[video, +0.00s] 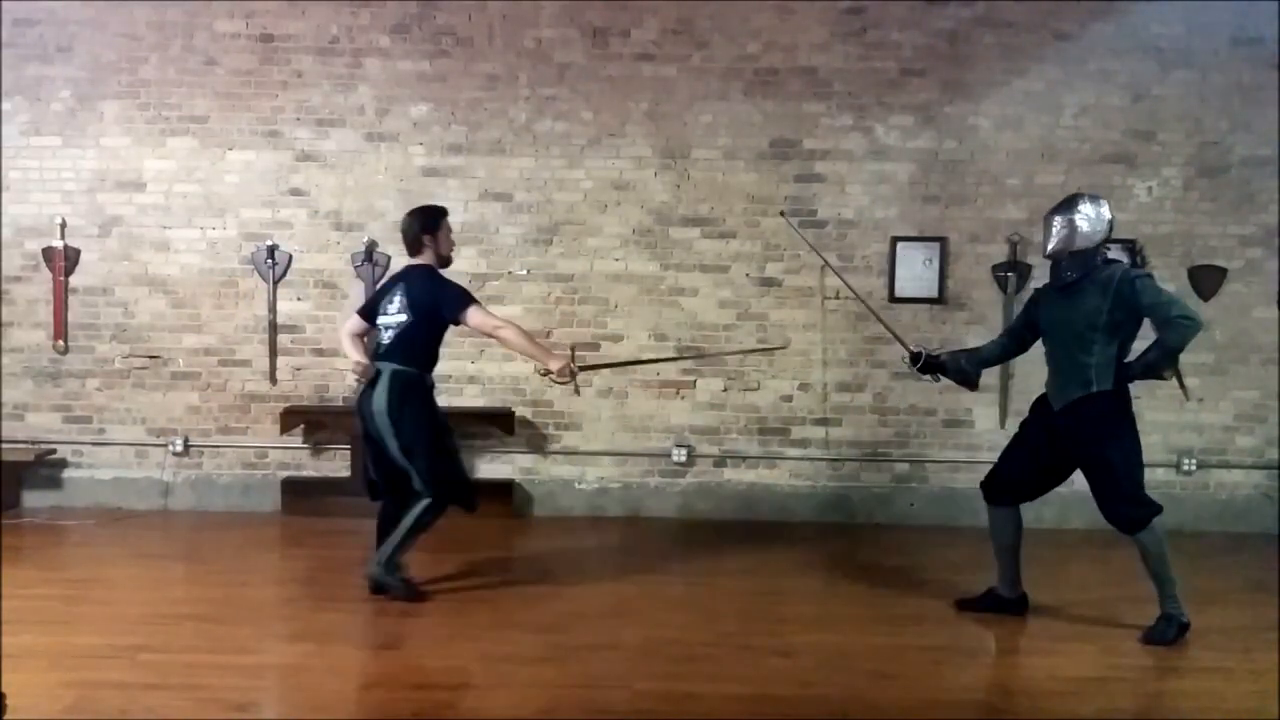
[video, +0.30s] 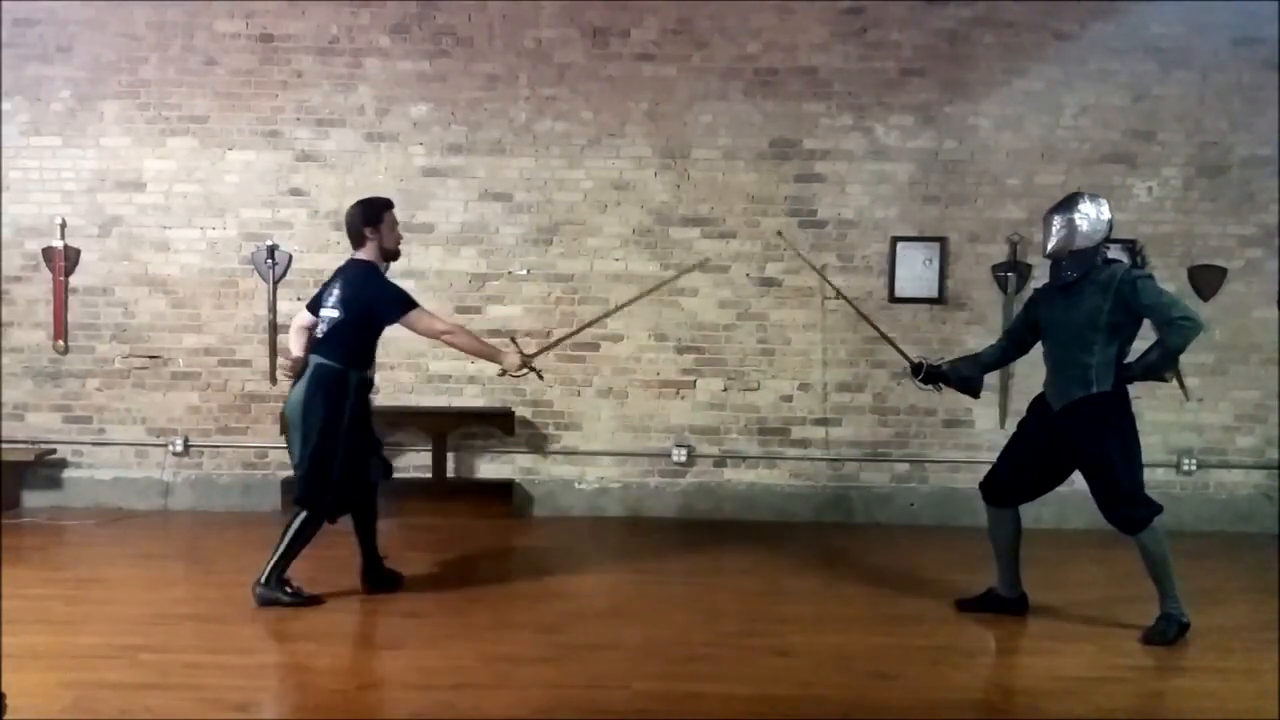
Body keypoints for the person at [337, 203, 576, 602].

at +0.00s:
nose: (452, 240)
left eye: (450, 232)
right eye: (447, 233)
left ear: (415, 241)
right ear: (429, 239)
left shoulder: (392, 284)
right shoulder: (436, 285)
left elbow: (350, 332)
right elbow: (495, 327)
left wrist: (359, 360)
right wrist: (550, 359)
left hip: (376, 392)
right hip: (400, 394)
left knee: (400, 489)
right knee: (439, 486)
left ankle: (384, 571)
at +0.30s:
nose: (400, 234)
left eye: (397, 226)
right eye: (394, 227)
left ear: (365, 235)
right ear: (372, 233)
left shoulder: (340, 279)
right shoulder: (374, 284)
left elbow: (300, 326)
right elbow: (442, 330)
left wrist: (298, 362)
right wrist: (500, 356)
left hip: (322, 392)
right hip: (332, 397)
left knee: (364, 478)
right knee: (327, 491)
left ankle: (373, 569)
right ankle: (270, 579)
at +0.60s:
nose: (354, 231)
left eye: (351, 223)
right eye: (346, 223)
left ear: (321, 233)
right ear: (320, 231)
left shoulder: (317, 279)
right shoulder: (314, 282)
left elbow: (295, 336)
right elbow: (372, 338)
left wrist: (259, 353)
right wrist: (431, 371)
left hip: (282, 387)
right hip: (282, 389)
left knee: (267, 478)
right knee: (303, 489)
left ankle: (223, 549)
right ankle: (269, 583)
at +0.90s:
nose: (318, 238)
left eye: (317, 231)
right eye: (309, 232)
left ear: (304, 238)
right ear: (282, 239)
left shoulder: (316, 296)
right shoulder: (267, 294)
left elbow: (296, 351)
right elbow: (303, 348)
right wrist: (342, 388)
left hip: (270, 402)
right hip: (247, 401)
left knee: (199, 472)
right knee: (291, 491)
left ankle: (150, 543)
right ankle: (268, 584)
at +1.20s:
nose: (299, 244)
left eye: (297, 236)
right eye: (291, 238)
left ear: (273, 244)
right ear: (264, 245)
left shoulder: (282, 294)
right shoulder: (250, 299)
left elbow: (257, 350)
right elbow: (280, 358)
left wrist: (216, 366)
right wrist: (318, 401)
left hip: (229, 408)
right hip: (233, 413)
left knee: (175, 479)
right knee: (286, 489)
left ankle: (131, 553)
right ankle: (268, 584)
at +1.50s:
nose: (298, 245)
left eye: (296, 237)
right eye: (291, 238)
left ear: (267, 247)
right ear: (266, 247)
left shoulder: (275, 294)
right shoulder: (252, 301)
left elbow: (248, 348)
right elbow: (287, 365)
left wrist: (212, 368)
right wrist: (326, 410)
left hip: (220, 406)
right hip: (230, 412)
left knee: (168, 480)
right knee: (282, 489)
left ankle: (128, 555)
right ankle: (267, 584)